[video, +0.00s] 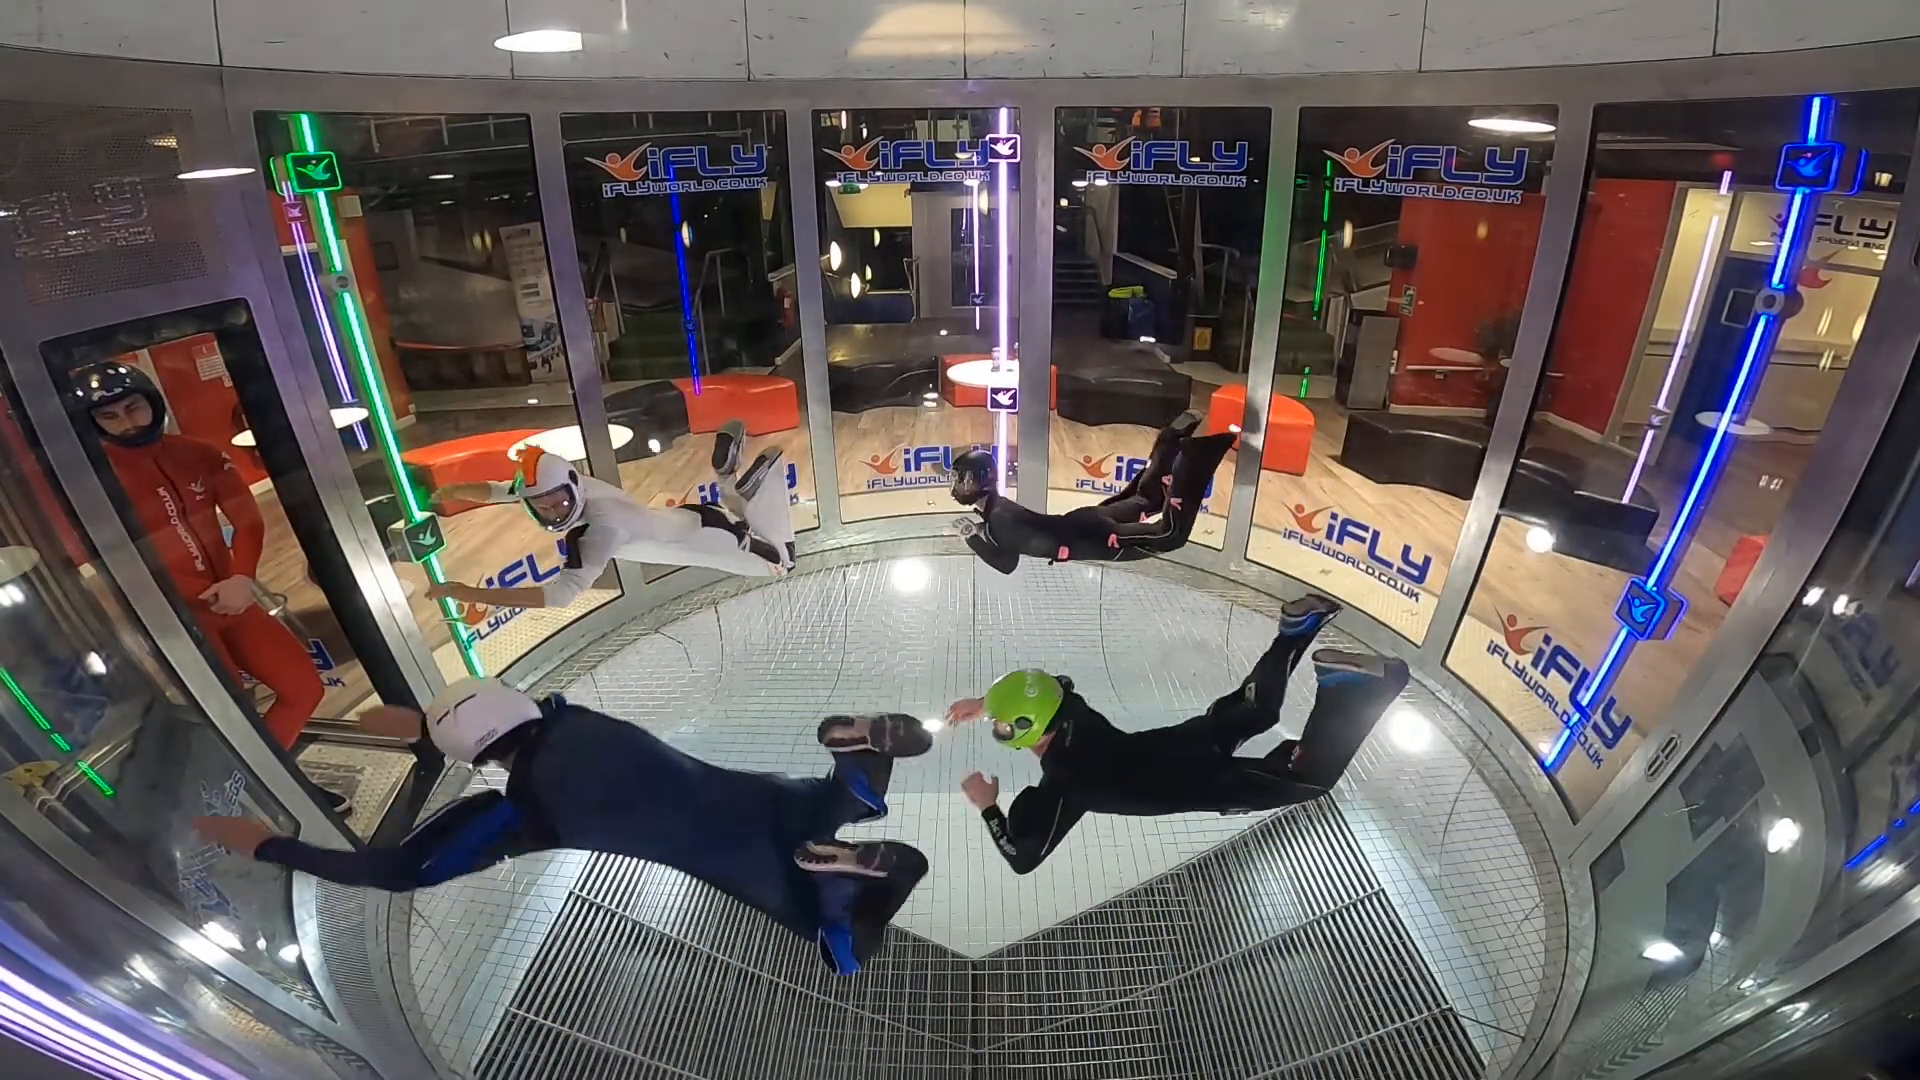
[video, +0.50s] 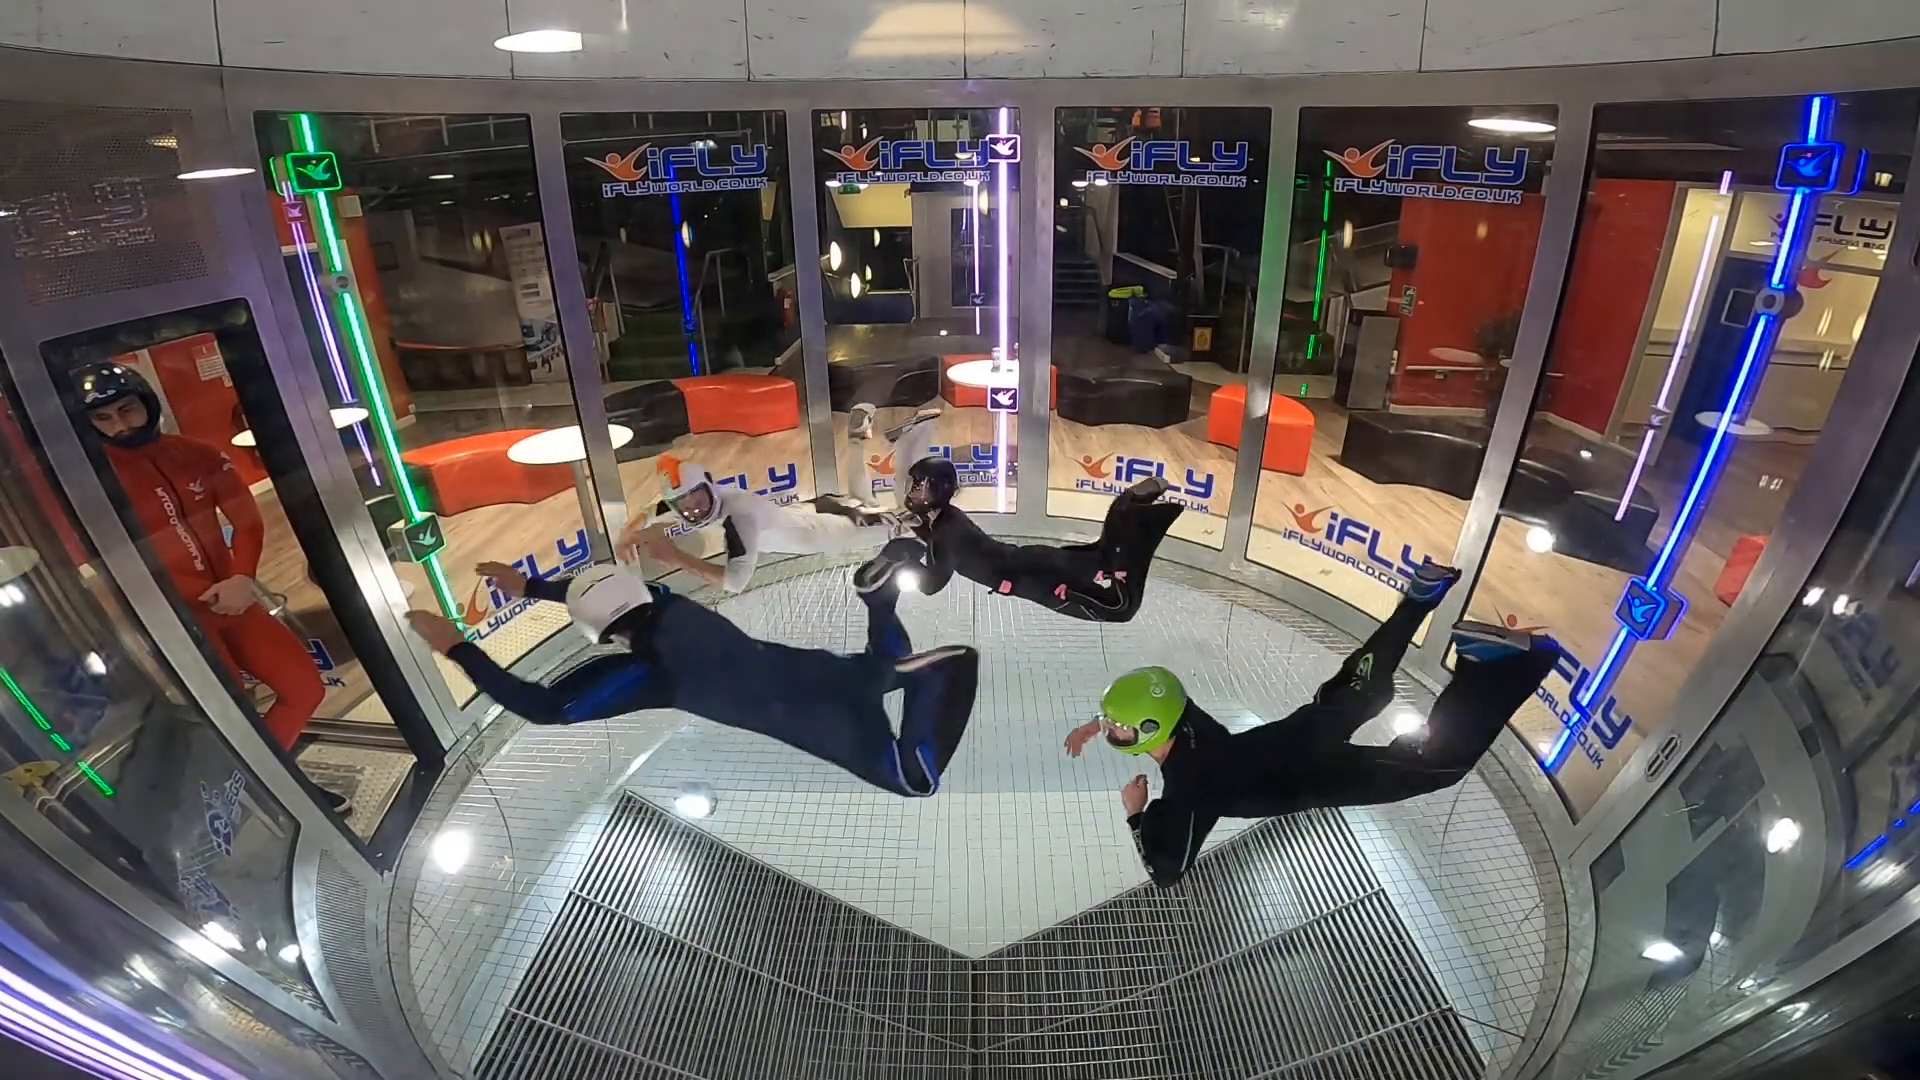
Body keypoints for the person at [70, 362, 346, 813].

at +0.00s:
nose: (127, 423)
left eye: (133, 407)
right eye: (110, 416)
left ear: (150, 403)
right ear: (93, 424)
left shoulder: (199, 455)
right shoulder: (95, 481)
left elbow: (248, 521)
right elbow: (103, 568)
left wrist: (242, 577)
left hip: (232, 603)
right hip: (178, 622)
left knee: (304, 688)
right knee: (235, 708)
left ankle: (246, 781)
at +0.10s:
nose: (124, 425)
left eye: (131, 409)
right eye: (108, 418)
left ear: (149, 403)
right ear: (93, 424)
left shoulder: (198, 455)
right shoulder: (97, 480)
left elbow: (248, 520)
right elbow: (103, 567)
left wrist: (243, 577)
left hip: (231, 601)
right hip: (176, 619)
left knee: (303, 688)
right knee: (233, 714)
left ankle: (256, 779)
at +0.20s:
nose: (123, 425)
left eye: (129, 409)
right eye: (106, 418)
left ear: (148, 404)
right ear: (91, 425)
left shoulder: (197, 455)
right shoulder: (96, 483)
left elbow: (248, 520)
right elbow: (107, 569)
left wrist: (243, 577)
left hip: (234, 603)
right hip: (181, 623)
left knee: (304, 686)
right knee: (240, 712)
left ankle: (265, 775)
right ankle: (290, 791)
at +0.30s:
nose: (121, 425)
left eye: (128, 409)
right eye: (104, 418)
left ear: (146, 404)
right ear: (89, 425)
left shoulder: (199, 456)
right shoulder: (94, 482)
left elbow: (248, 521)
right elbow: (104, 572)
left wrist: (243, 577)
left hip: (233, 604)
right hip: (180, 624)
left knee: (304, 688)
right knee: (238, 716)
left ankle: (248, 780)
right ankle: (294, 793)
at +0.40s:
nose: (120, 426)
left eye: (127, 410)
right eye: (103, 419)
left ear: (146, 405)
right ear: (89, 425)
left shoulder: (199, 455)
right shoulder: (94, 482)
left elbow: (248, 522)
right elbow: (104, 572)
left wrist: (243, 577)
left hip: (234, 604)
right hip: (180, 623)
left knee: (305, 688)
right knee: (236, 712)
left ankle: (243, 782)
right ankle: (294, 792)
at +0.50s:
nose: (120, 425)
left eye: (127, 409)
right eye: (104, 418)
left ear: (145, 404)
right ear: (88, 425)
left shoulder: (198, 455)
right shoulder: (93, 482)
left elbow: (247, 521)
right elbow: (104, 575)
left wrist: (243, 577)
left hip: (234, 604)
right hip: (180, 624)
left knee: (305, 688)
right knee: (237, 717)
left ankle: (240, 784)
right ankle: (294, 794)